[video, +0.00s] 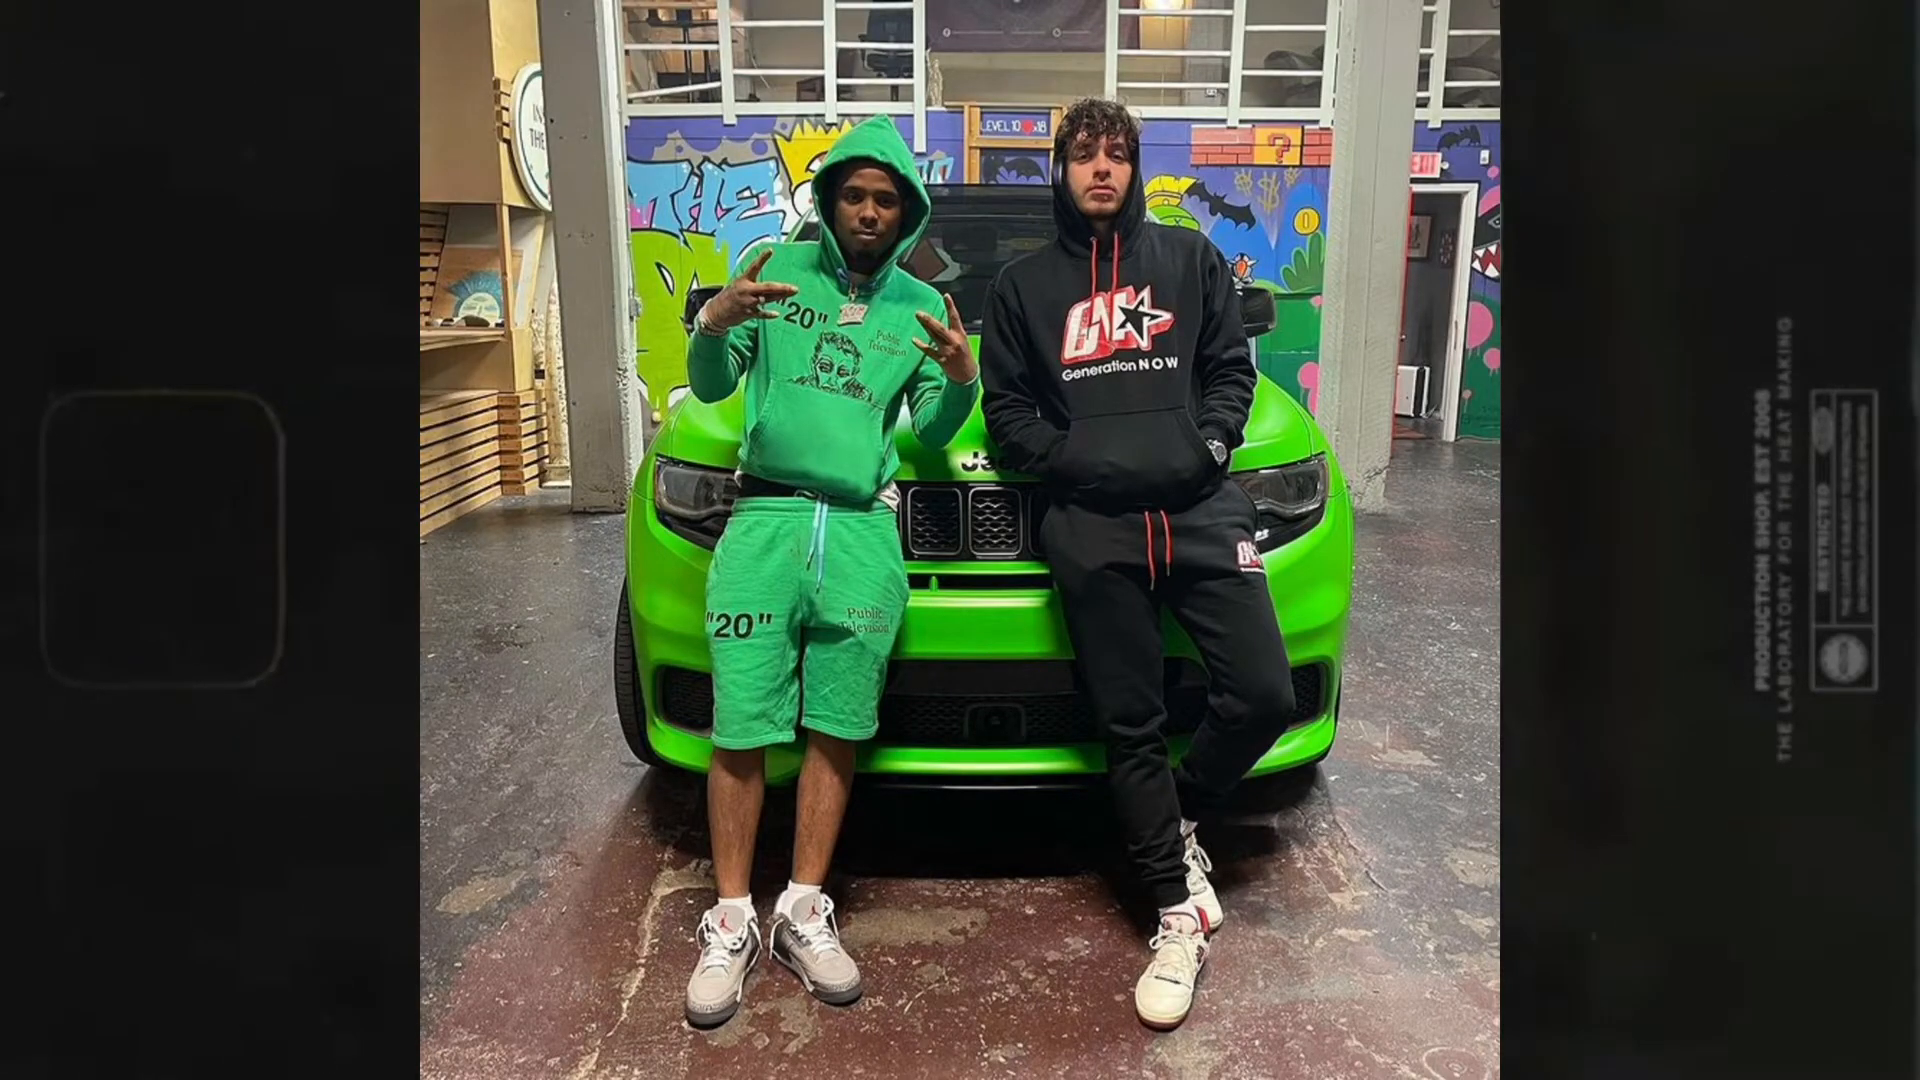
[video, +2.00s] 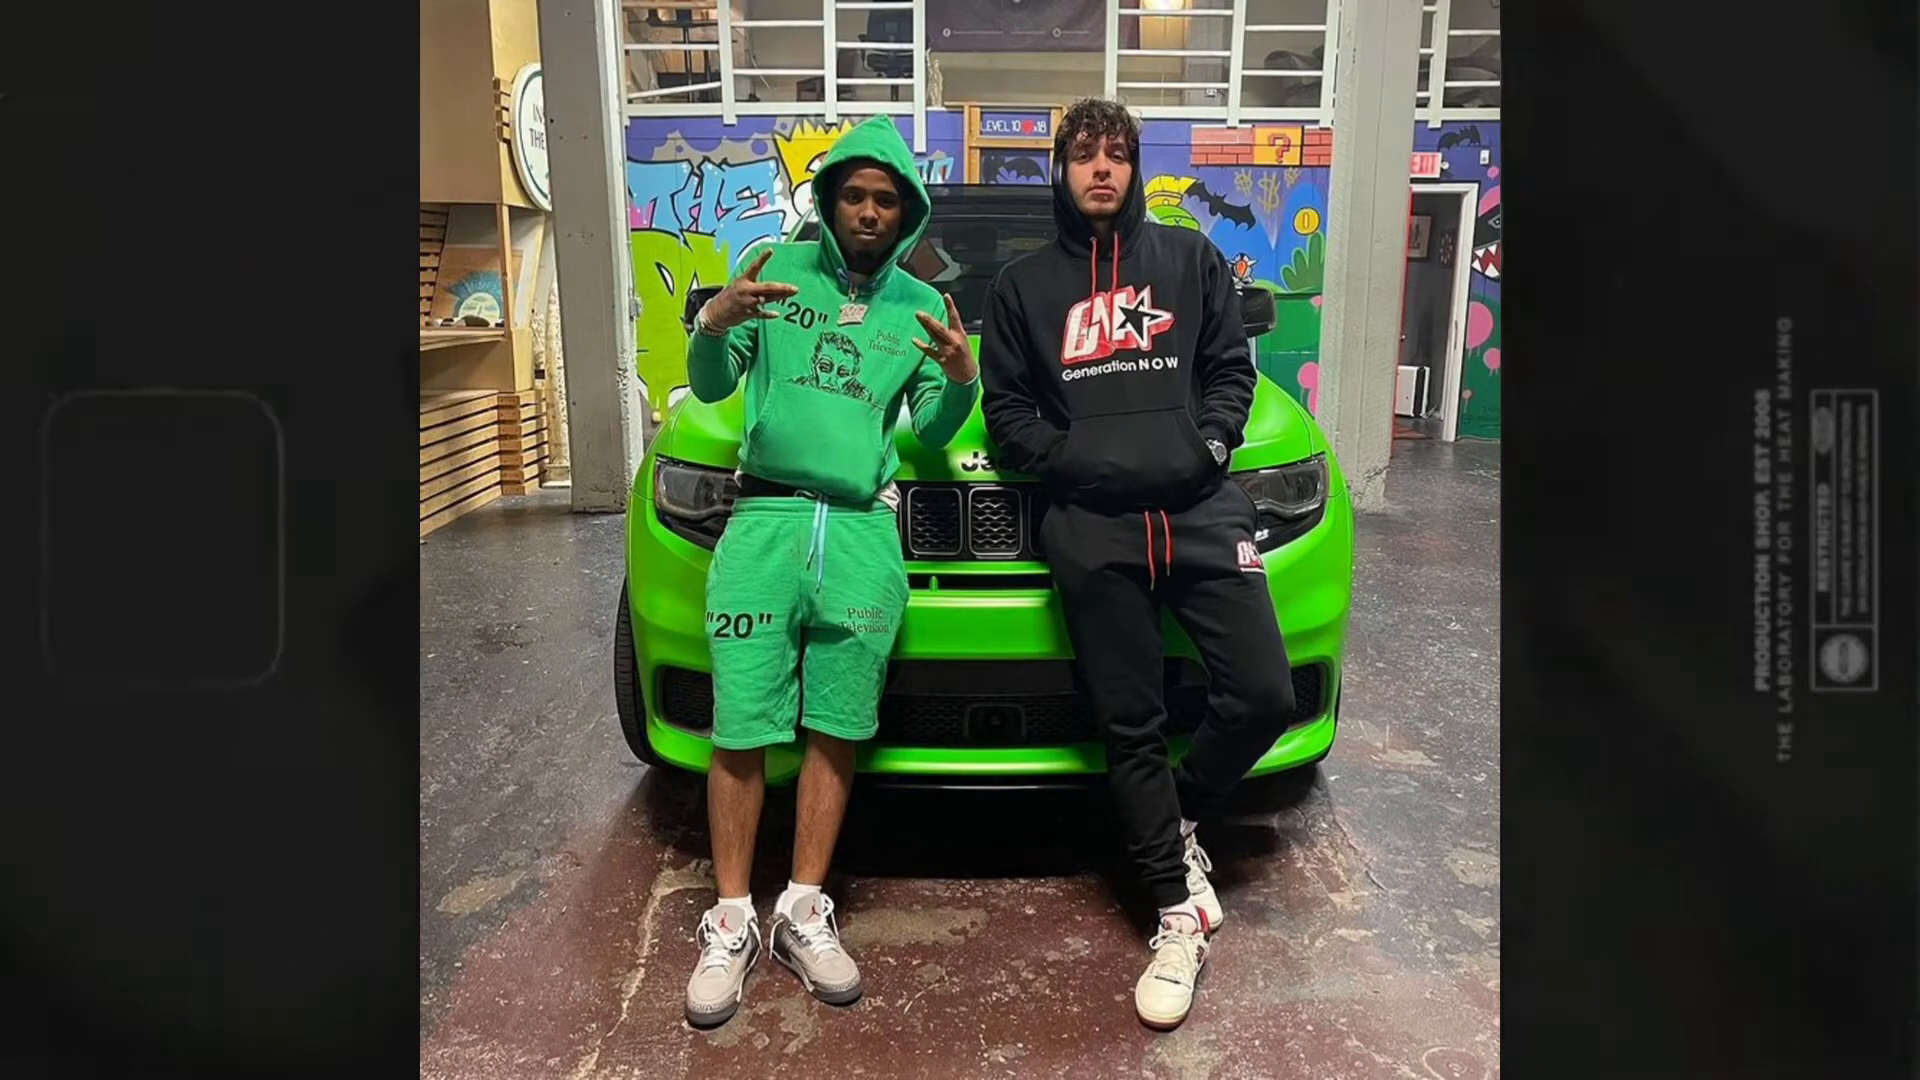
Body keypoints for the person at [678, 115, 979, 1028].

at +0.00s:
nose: (869, 213)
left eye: (885, 199)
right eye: (855, 196)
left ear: (906, 212)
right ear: (827, 202)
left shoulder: (923, 306)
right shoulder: (775, 267)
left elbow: (923, 439)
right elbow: (712, 384)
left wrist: (960, 380)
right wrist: (712, 322)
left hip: (861, 527)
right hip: (764, 517)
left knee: (838, 728)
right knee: (741, 729)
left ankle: (805, 909)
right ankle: (732, 919)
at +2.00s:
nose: (868, 212)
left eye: (884, 198)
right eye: (854, 196)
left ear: (906, 211)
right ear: (827, 202)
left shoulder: (923, 305)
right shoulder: (776, 267)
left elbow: (924, 439)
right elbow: (712, 384)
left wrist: (961, 380)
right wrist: (714, 321)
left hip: (861, 527)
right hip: (763, 516)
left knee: (838, 728)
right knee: (741, 728)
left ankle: (805, 909)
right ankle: (732, 920)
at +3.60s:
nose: (868, 213)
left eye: (885, 199)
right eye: (854, 196)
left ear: (906, 212)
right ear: (827, 203)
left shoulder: (923, 306)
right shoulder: (777, 267)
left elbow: (923, 438)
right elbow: (712, 384)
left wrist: (960, 380)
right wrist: (714, 321)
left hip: (861, 528)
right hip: (763, 518)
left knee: (837, 730)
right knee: (741, 729)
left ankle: (805, 908)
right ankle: (732, 920)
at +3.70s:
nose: (868, 212)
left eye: (885, 198)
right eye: (854, 196)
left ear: (907, 212)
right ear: (827, 202)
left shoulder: (923, 305)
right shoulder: (776, 268)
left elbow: (923, 439)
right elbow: (712, 384)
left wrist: (961, 380)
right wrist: (713, 321)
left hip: (861, 527)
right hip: (763, 517)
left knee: (838, 728)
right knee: (741, 728)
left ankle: (805, 908)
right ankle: (732, 919)